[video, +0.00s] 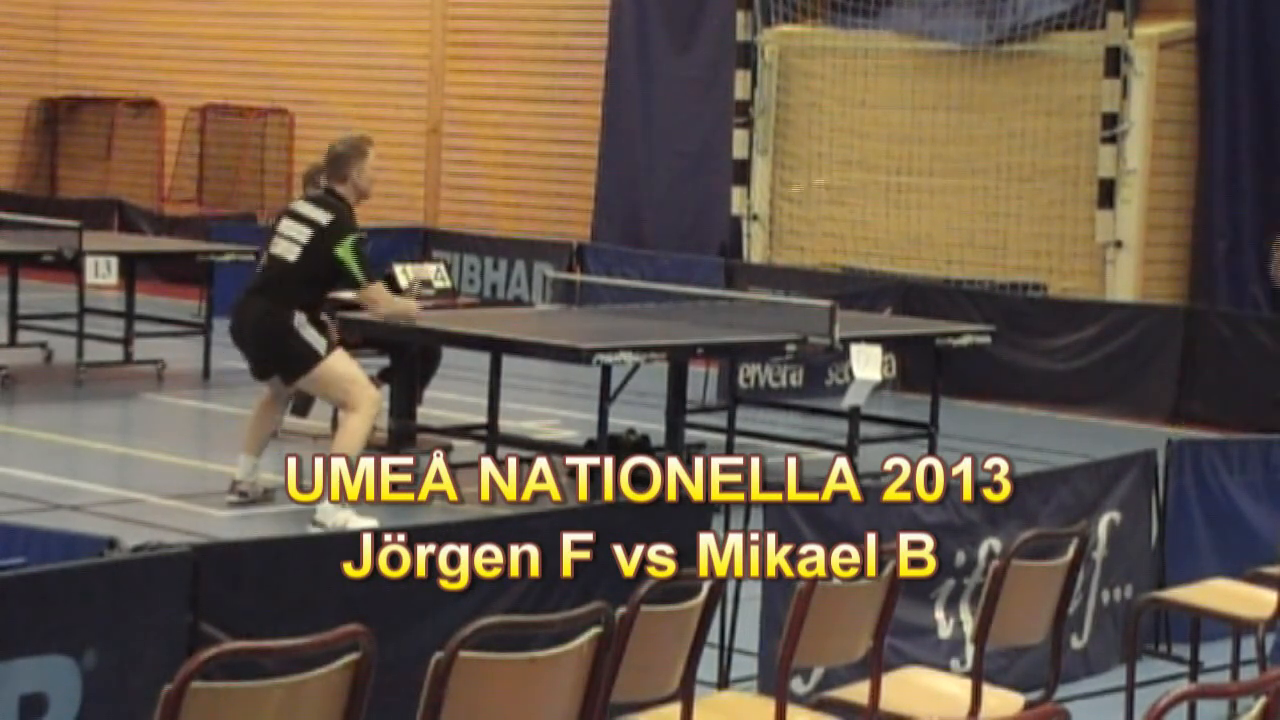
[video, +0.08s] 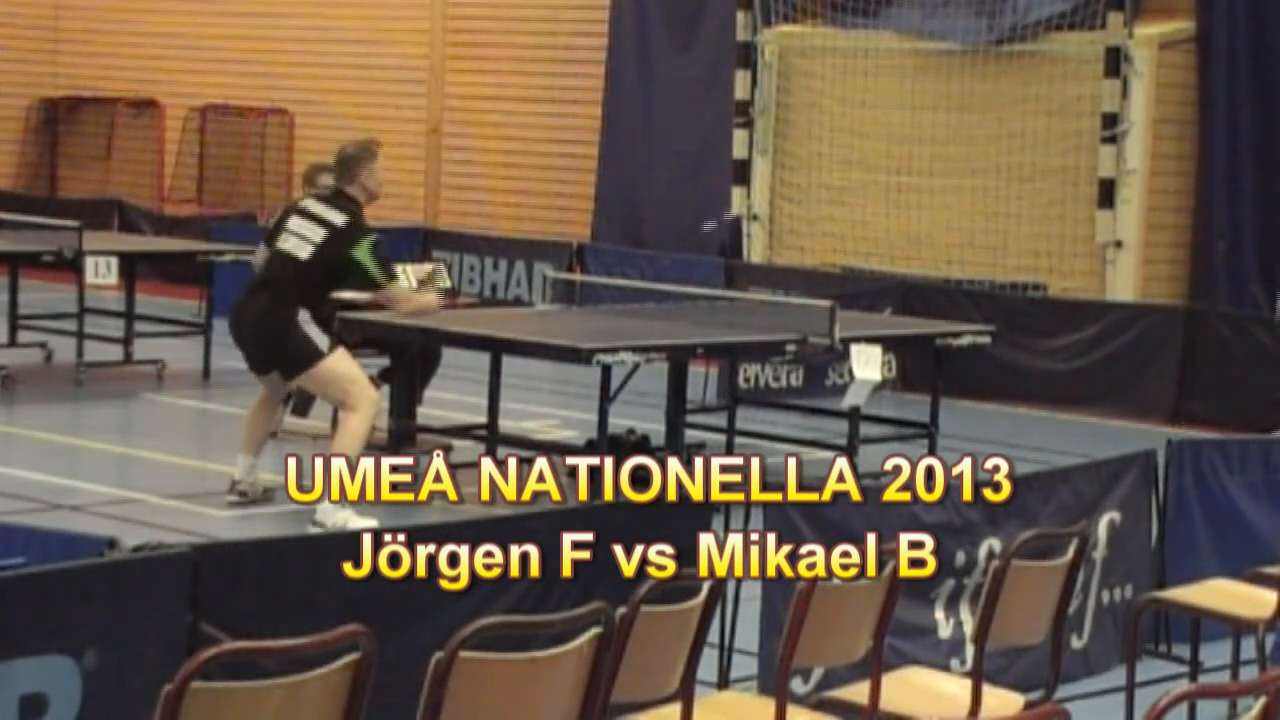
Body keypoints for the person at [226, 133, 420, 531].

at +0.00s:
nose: (375, 176)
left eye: (373, 169)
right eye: (370, 169)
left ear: (336, 173)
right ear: (351, 174)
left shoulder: (301, 205)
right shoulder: (340, 224)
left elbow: (296, 273)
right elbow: (376, 301)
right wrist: (406, 308)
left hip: (247, 316)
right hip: (280, 322)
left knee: (281, 389)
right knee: (364, 399)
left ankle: (246, 473)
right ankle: (333, 502)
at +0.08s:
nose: (383, 177)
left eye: (381, 171)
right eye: (378, 171)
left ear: (344, 174)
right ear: (362, 176)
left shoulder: (301, 204)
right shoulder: (353, 230)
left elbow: (263, 258)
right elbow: (396, 299)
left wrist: (313, 280)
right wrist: (428, 300)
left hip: (247, 313)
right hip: (282, 320)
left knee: (274, 392)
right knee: (363, 399)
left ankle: (244, 476)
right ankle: (332, 504)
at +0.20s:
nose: (400, 180)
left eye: (398, 173)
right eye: (396, 174)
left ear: (358, 176)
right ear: (385, 182)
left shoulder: (318, 197)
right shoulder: (377, 232)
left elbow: (257, 240)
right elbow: (425, 290)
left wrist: (268, 280)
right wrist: (466, 289)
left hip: (249, 301)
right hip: (289, 311)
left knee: (263, 388)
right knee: (360, 399)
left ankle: (244, 475)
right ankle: (333, 503)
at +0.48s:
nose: (422, 167)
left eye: (420, 160)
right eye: (418, 161)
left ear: (380, 162)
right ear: (405, 167)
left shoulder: (338, 181)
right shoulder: (400, 222)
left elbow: (278, 190)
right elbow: (438, 294)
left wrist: (238, 236)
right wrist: (453, 278)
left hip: (281, 288)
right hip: (325, 300)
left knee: (296, 370)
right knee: (400, 380)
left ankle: (256, 462)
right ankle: (380, 474)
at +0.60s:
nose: (430, 193)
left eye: (429, 186)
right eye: (427, 186)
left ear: (387, 186)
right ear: (417, 192)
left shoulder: (347, 207)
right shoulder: (409, 240)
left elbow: (283, 227)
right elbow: (445, 312)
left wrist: (258, 274)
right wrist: (446, 289)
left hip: (293, 317)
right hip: (339, 323)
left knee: (300, 385)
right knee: (420, 399)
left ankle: (261, 475)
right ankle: (416, 498)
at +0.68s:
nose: (438, 200)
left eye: (436, 193)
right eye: (434, 193)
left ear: (394, 196)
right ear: (420, 200)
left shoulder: (354, 222)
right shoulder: (413, 249)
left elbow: (290, 250)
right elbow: (447, 321)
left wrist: (271, 303)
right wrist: (452, 296)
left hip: (298, 324)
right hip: (345, 333)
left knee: (304, 386)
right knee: (431, 400)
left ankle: (263, 472)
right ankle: (422, 498)